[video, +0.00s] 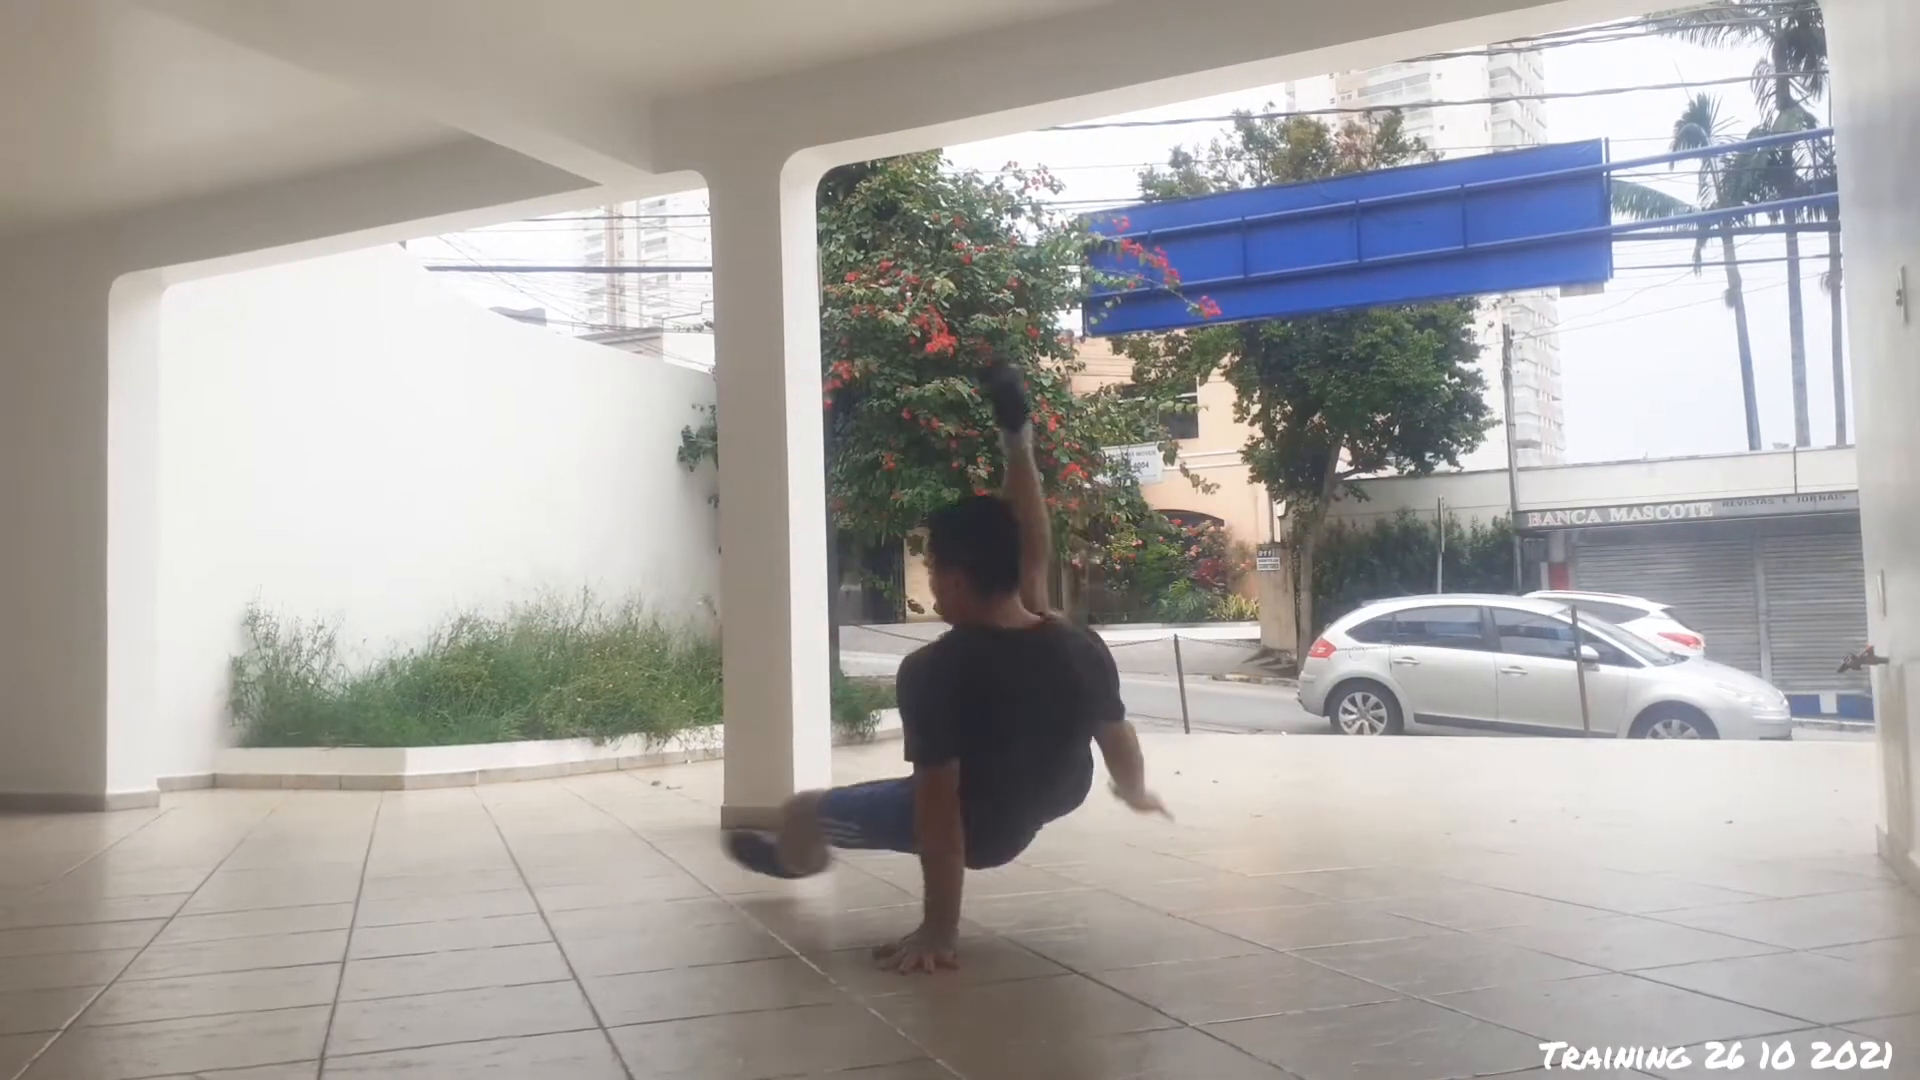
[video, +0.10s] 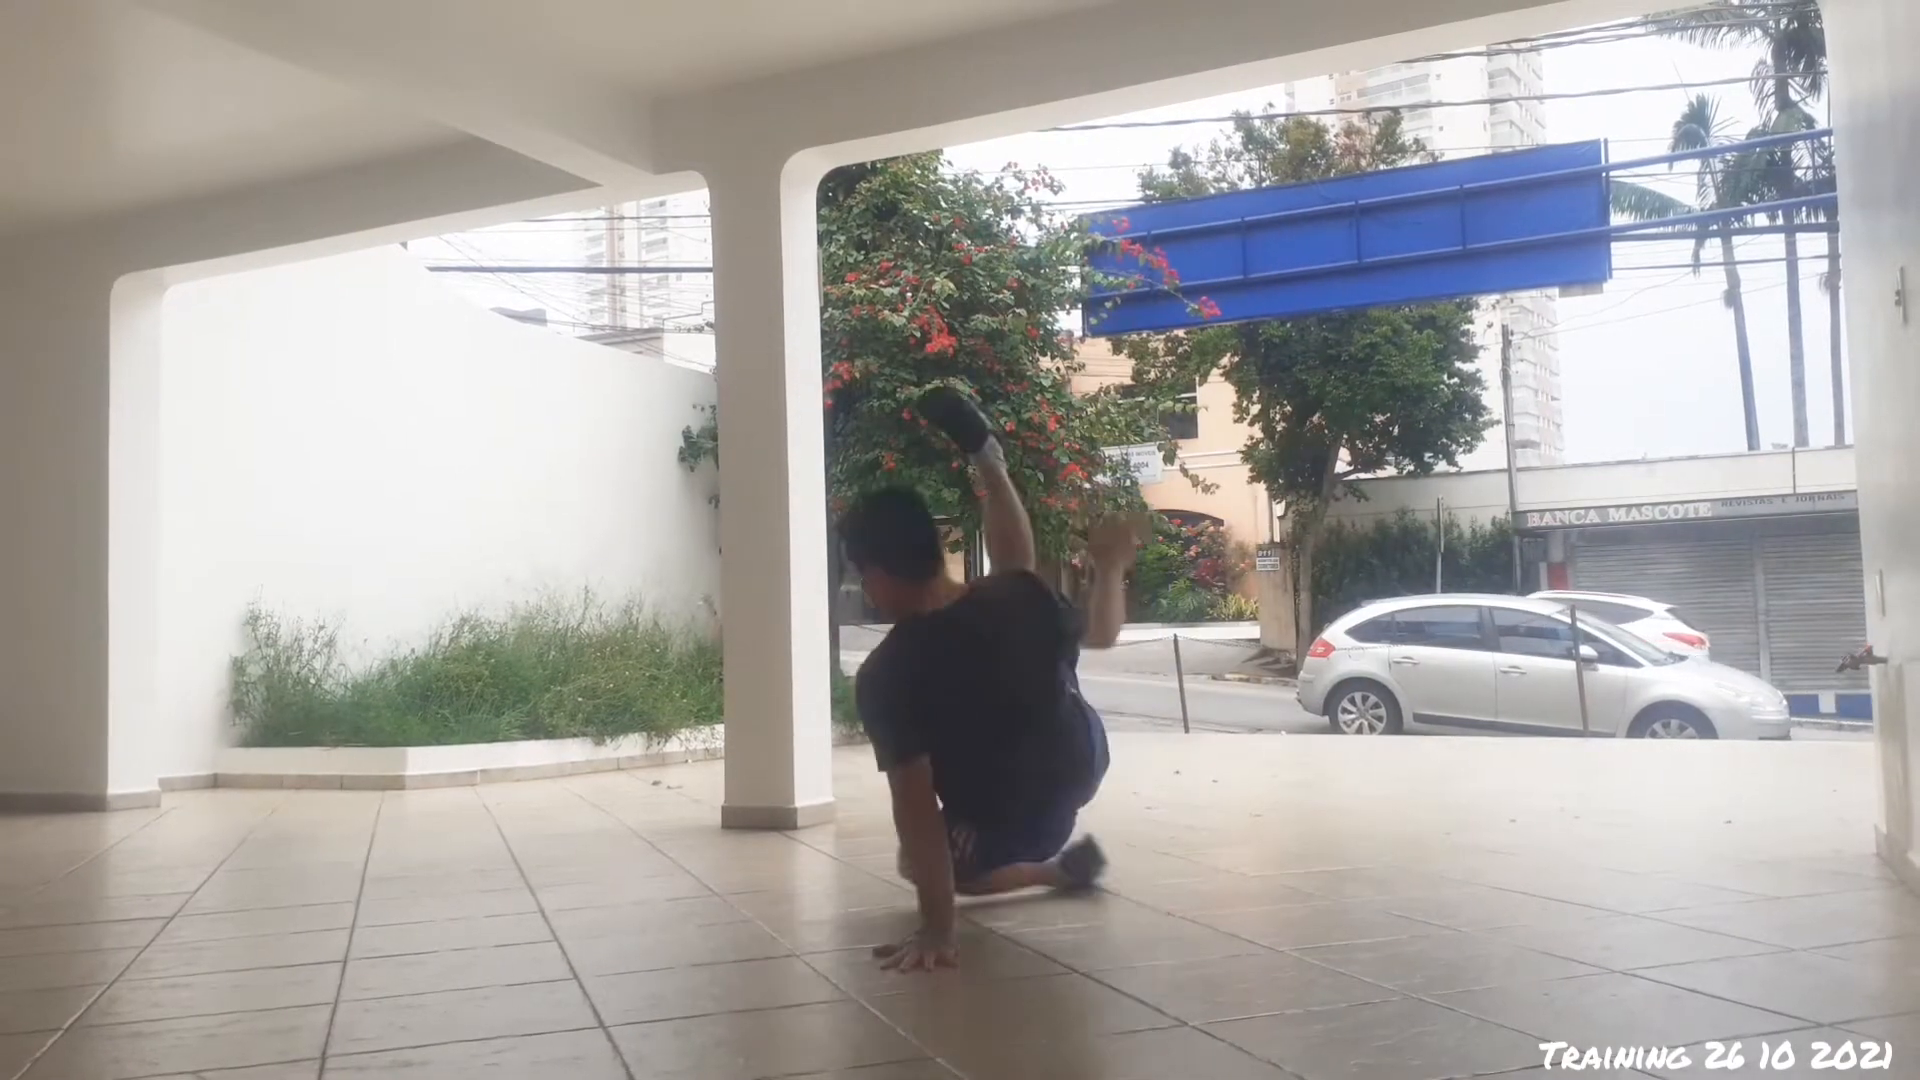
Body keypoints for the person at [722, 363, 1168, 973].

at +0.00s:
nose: (929, 578)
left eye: (934, 566)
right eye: (931, 565)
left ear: (954, 579)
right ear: (1016, 573)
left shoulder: (930, 670)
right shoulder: (1076, 649)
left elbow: (938, 804)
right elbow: (1118, 739)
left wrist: (939, 932)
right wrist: (1134, 789)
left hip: (977, 825)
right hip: (1056, 787)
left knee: (806, 809)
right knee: (1032, 582)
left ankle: (796, 857)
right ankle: (1018, 434)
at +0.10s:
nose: (863, 587)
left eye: (861, 573)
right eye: (860, 573)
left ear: (876, 576)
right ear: (934, 548)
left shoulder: (886, 674)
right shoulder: (1017, 595)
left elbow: (917, 808)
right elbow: (1101, 635)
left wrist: (937, 933)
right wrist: (1111, 564)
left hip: (1008, 820)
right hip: (1081, 763)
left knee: (920, 870)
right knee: (1018, 576)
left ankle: (1060, 871)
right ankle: (987, 455)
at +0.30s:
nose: (768, 665)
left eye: (759, 650)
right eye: (757, 653)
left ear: (775, 634)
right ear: (808, 591)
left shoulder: (843, 680)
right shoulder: (884, 593)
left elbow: (909, 805)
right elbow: (978, 619)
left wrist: (935, 931)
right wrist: (1004, 735)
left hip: (1045, 727)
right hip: (1078, 642)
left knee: (1070, 889)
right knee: (1133, 578)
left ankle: (1234, 913)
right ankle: (1168, 525)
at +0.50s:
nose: (787, 734)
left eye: (778, 719)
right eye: (778, 724)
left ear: (797, 689)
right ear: (810, 683)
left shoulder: (851, 684)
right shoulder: (904, 681)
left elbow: (914, 810)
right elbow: (989, 781)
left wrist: (931, 926)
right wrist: (981, 888)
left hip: (1017, 571)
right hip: (1078, 585)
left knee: (952, 694)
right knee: (1195, 685)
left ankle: (909, 767)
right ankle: (1377, 691)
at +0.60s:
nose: (797, 705)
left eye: (791, 688)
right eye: (790, 695)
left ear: (811, 660)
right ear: (835, 662)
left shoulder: (847, 669)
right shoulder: (936, 697)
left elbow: (883, 780)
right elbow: (989, 782)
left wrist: (909, 899)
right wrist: (978, 892)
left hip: (1020, 576)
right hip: (1094, 621)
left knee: (891, 561)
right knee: (1161, 781)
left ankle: (759, 520)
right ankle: (1347, 820)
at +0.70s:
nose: (824, 656)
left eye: (820, 640)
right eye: (819, 645)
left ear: (834, 619)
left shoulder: (854, 609)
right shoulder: (938, 687)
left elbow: (836, 644)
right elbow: (994, 790)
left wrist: (822, 779)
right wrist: (983, 893)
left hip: (1031, 589)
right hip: (1090, 666)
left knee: (851, 500)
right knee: (1046, 838)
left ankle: (725, 432)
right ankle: (1114, 912)